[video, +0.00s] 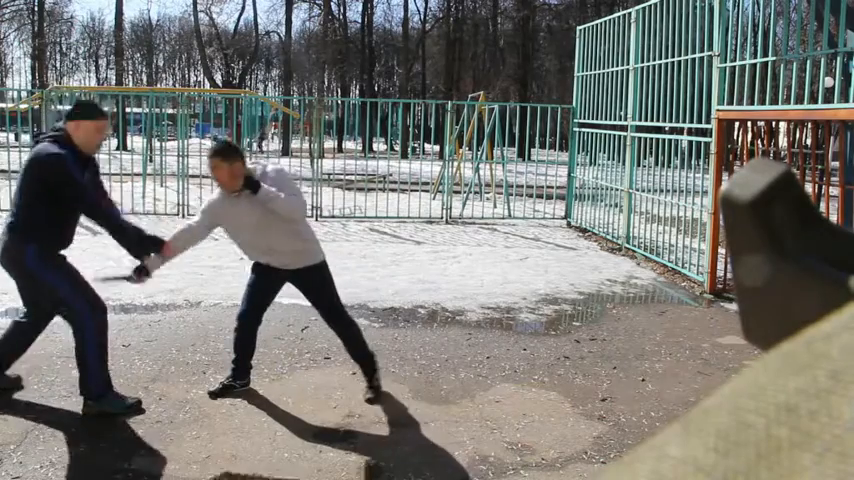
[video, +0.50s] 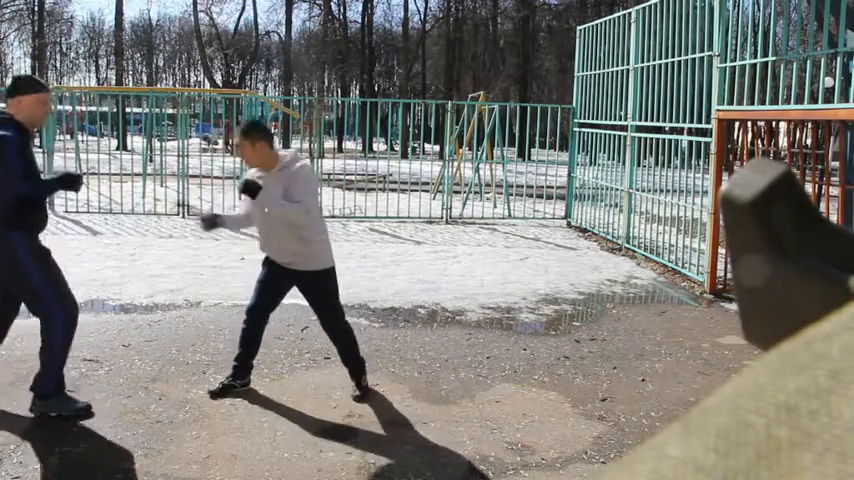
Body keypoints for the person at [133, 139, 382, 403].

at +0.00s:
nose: (216, 176)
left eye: (220, 168)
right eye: (213, 170)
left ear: (239, 166)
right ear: (214, 173)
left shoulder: (274, 177)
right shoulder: (218, 207)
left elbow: (299, 210)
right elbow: (189, 235)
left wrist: (259, 191)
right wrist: (152, 261)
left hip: (306, 261)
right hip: (267, 265)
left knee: (336, 317)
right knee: (247, 319)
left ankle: (370, 371)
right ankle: (239, 377)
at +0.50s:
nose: (240, 155)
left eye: (242, 149)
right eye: (239, 150)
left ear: (260, 145)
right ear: (256, 146)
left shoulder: (300, 170)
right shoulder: (258, 178)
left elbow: (306, 215)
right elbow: (249, 218)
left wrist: (264, 198)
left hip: (314, 264)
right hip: (278, 262)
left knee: (334, 323)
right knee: (255, 314)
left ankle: (358, 375)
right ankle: (240, 376)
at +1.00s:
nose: (229, 156)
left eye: (232, 149)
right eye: (228, 150)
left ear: (248, 148)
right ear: (242, 150)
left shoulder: (288, 172)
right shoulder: (233, 183)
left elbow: (294, 211)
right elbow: (200, 205)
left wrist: (257, 183)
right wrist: (175, 234)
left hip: (292, 269)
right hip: (253, 266)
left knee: (322, 326)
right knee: (219, 316)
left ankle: (356, 375)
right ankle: (200, 373)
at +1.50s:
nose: (182, 153)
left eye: (185, 147)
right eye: (182, 147)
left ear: (203, 145)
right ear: (199, 147)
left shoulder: (245, 169)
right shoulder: (189, 183)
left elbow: (258, 210)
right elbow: (165, 214)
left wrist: (214, 195)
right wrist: (130, 238)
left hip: (267, 259)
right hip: (230, 260)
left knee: (289, 318)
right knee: (209, 313)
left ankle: (317, 370)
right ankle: (199, 374)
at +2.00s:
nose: (244, 141)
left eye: (247, 135)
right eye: (243, 136)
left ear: (266, 133)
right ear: (260, 135)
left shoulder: (295, 165)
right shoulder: (258, 164)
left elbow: (273, 206)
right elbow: (249, 204)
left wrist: (246, 166)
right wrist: (223, 182)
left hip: (283, 262)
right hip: (252, 258)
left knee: (292, 323)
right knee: (228, 313)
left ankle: (316, 375)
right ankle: (215, 373)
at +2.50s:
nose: (177, 135)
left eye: (182, 130)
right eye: (178, 130)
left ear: (199, 132)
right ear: (193, 133)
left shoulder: (234, 164)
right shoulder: (178, 159)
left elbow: (227, 201)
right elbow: (148, 138)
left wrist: (195, 167)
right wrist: (121, 114)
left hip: (243, 258)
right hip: (208, 256)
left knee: (271, 317)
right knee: (180, 309)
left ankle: (307, 371)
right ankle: (174, 368)